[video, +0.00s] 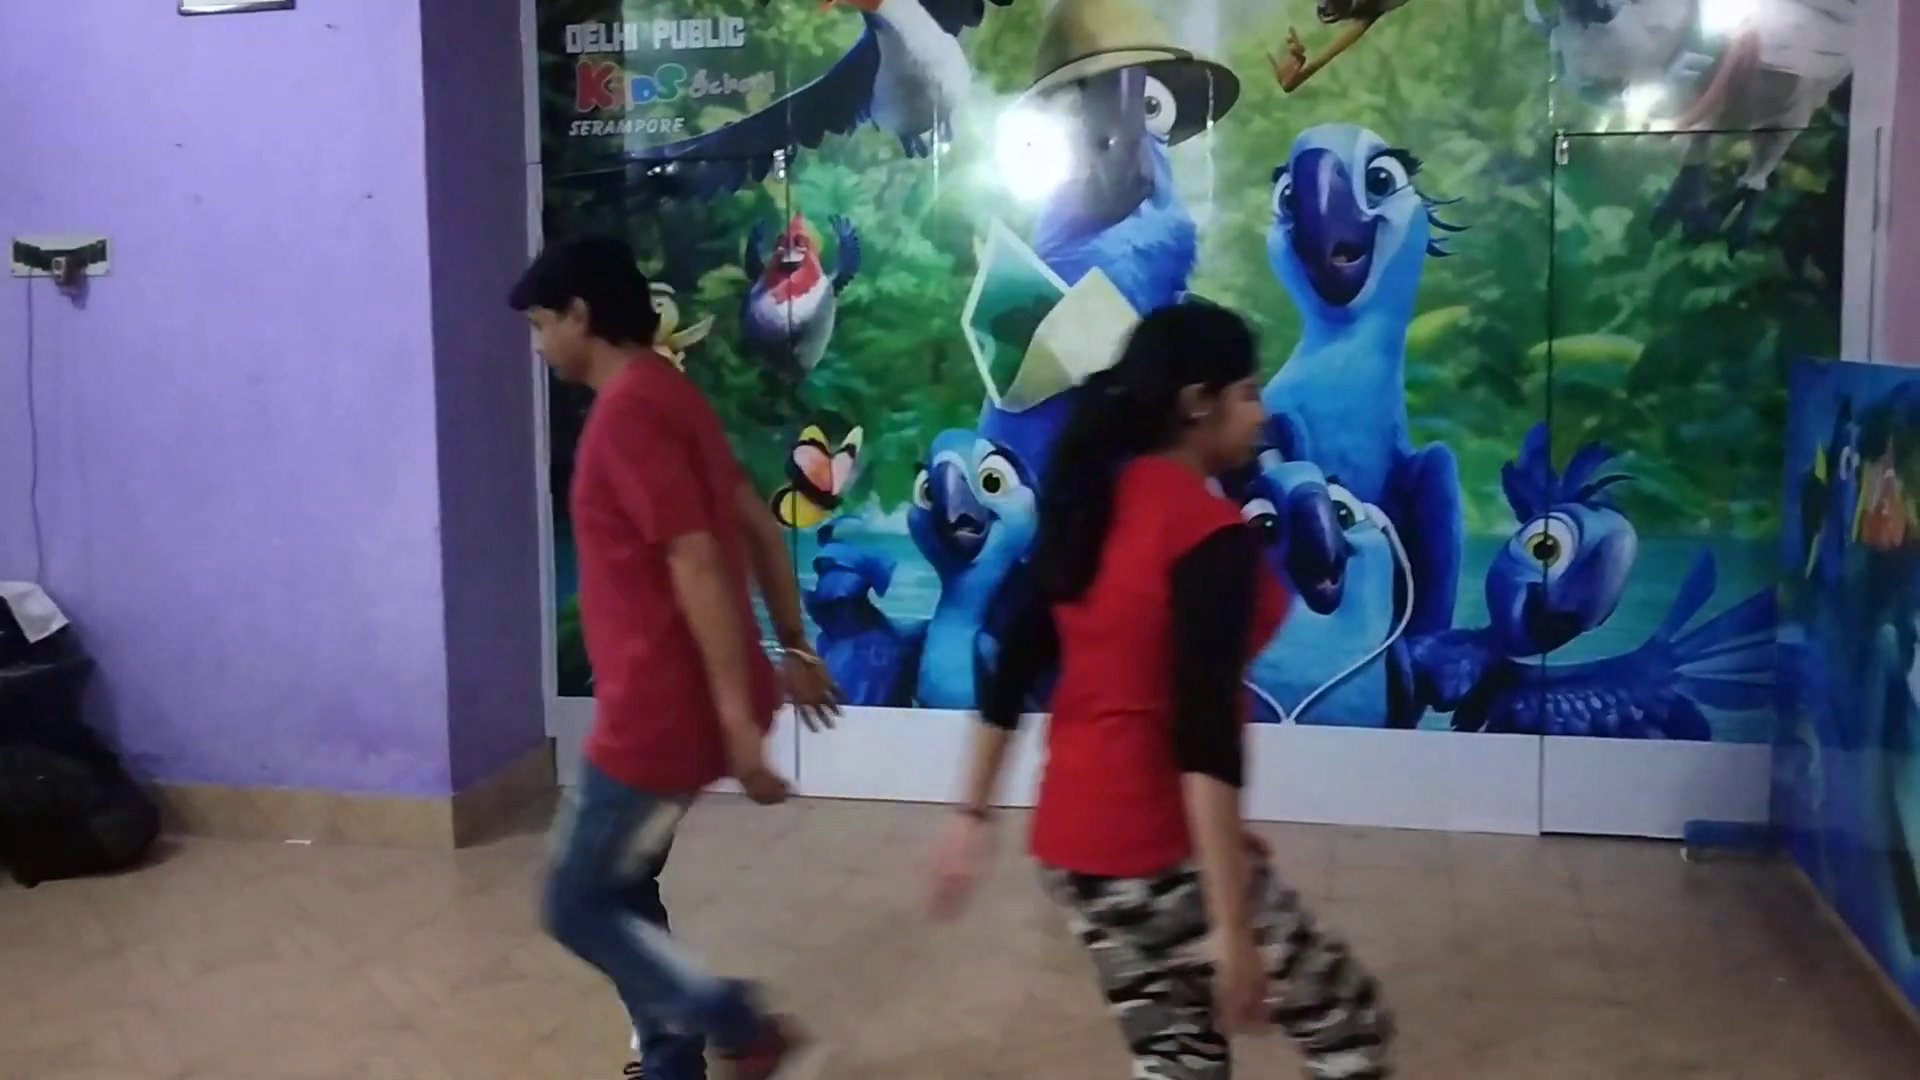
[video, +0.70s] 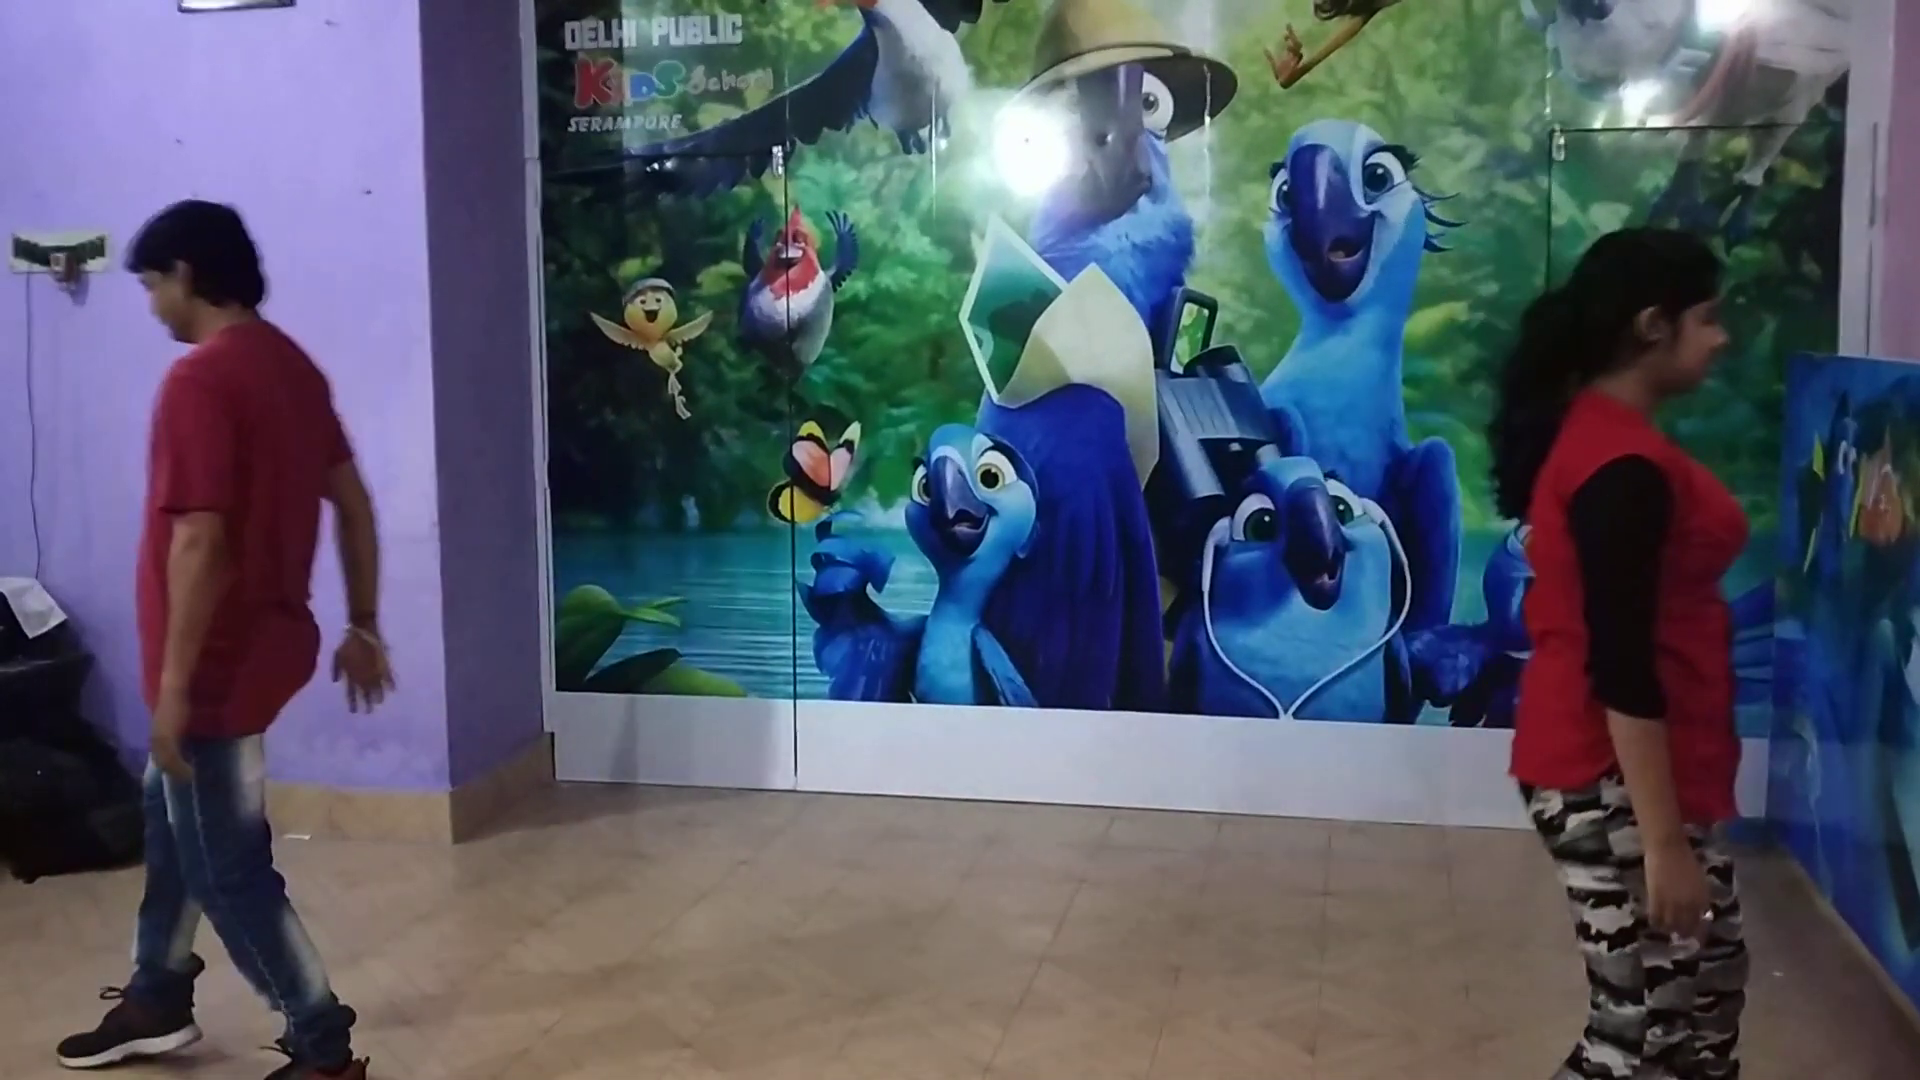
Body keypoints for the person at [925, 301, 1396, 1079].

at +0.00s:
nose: (1262, 414)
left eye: (1258, 393)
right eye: (1249, 393)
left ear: (1187, 402)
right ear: (1196, 403)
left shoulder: (1093, 498)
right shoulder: (1210, 532)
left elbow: (1015, 654)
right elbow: (1206, 742)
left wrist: (971, 813)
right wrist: (1235, 938)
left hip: (1075, 843)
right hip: (1161, 849)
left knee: (1180, 1058)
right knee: (1348, 1023)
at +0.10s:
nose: (1338, 403)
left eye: (1334, 382)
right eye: (1326, 382)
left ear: (1256, 393)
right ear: (1273, 393)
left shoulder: (1174, 493)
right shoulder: (1284, 522)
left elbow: (1121, 663)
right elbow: (1278, 728)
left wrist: (1101, 812)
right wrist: (1305, 921)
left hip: (1159, 842)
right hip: (1256, 846)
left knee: (1209, 1059)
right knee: (1424, 1034)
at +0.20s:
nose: (1415, 388)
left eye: (1412, 367)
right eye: (1404, 368)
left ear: (1337, 379)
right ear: (1350, 379)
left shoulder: (1259, 488)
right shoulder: (1364, 515)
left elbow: (1226, 667)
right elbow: (1358, 726)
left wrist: (1223, 819)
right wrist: (1386, 915)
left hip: (1267, 841)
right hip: (1363, 844)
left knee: (1312, 1048)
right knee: (1496, 1024)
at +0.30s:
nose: (1492, 377)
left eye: (1488, 357)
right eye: (1480, 358)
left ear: (1413, 371)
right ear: (1425, 370)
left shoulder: (1344, 475)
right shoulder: (1432, 510)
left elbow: (1324, 662)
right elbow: (1433, 725)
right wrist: (1469, 911)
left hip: (1346, 827)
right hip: (1423, 835)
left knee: (1467, 1026)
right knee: (1549, 1030)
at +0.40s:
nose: (1557, 375)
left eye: (1555, 356)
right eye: (1548, 356)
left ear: (1478, 364)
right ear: (1495, 364)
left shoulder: (1410, 468)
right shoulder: (1491, 509)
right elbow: (1499, 725)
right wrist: (1548, 908)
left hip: (1413, 810)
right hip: (1472, 823)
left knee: (1571, 994)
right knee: (1593, 1002)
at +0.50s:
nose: (1617, 369)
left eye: (1615, 350)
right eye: (1609, 349)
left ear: (1538, 357)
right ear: (1554, 357)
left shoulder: (1469, 460)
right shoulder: (1540, 500)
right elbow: (1552, 711)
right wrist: (1605, 890)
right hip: (1522, 819)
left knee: (1673, 979)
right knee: (1606, 1039)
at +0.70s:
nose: (1722, 338)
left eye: (1719, 317)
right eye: (1708, 317)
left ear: (1647, 328)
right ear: (1651, 325)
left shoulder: (1602, 435)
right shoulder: (1621, 459)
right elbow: (1622, 669)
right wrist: (1663, 842)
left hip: (1639, 767)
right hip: (1613, 778)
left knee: (1708, 998)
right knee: (1647, 1032)